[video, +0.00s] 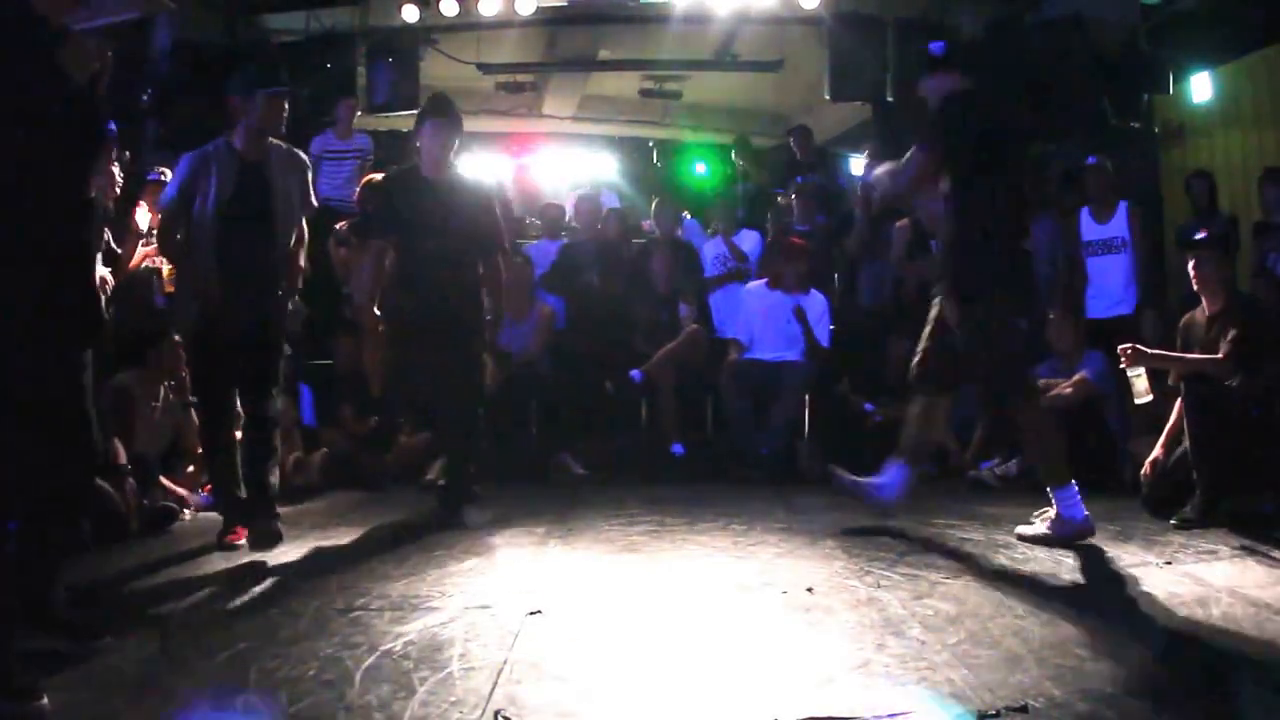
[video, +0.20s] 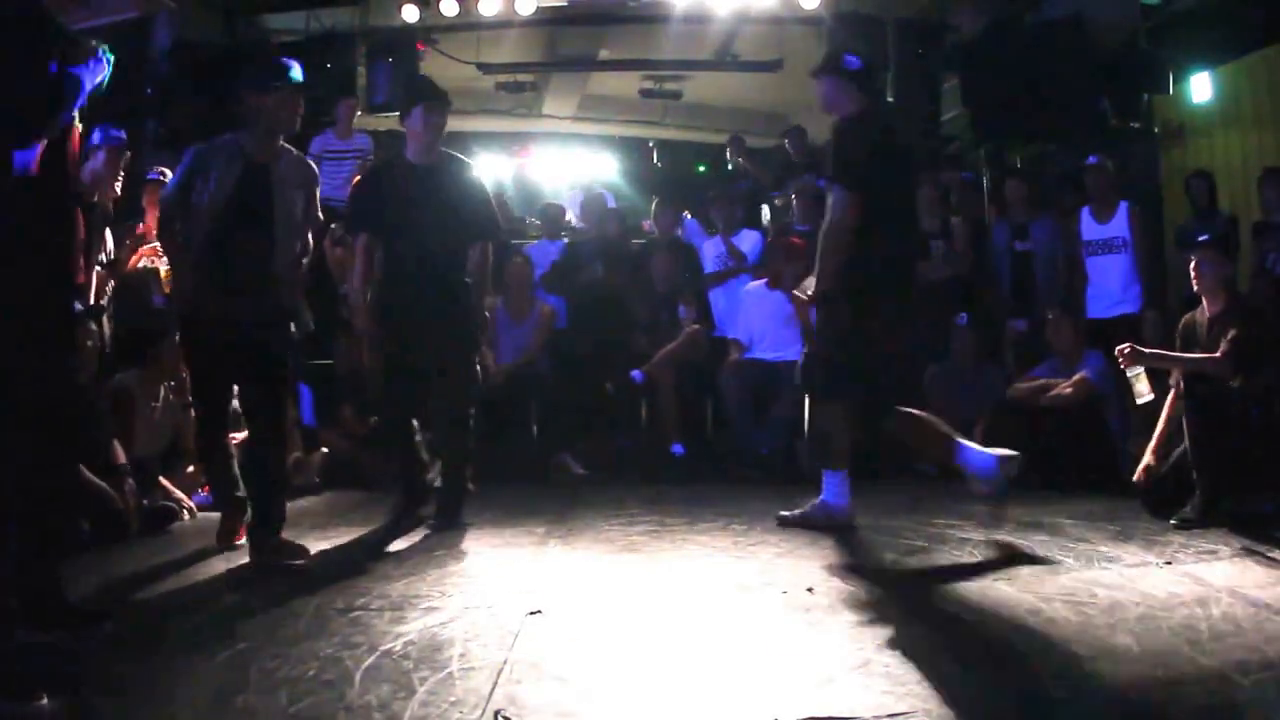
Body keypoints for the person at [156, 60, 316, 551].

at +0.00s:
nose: (282, 113)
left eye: (284, 104)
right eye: (272, 104)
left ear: (280, 109)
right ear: (241, 106)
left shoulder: (294, 164)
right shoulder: (200, 163)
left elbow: (302, 229)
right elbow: (168, 224)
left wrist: (293, 284)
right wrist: (186, 268)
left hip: (268, 307)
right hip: (211, 306)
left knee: (262, 411)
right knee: (216, 415)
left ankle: (264, 511)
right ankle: (232, 515)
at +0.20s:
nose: (297, 109)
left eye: (298, 100)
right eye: (287, 99)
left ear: (293, 107)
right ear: (253, 101)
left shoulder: (301, 170)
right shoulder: (206, 158)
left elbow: (310, 237)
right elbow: (170, 220)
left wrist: (292, 287)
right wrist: (186, 274)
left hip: (269, 314)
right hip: (208, 312)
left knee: (270, 426)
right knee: (210, 424)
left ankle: (268, 534)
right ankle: (230, 503)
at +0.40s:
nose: (302, 106)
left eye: (304, 97)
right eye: (293, 95)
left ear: (302, 109)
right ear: (261, 96)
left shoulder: (304, 171)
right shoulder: (214, 151)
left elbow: (307, 249)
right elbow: (162, 195)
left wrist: (310, 319)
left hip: (275, 315)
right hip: (208, 311)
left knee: (279, 428)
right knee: (209, 421)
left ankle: (270, 536)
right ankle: (222, 515)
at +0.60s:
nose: (284, 94)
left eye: (291, 84)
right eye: (276, 82)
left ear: (297, 92)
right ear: (253, 83)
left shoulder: (296, 158)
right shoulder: (217, 134)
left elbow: (295, 236)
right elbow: (155, 189)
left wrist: (297, 302)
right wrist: (188, 248)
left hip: (267, 314)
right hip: (209, 309)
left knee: (265, 433)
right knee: (205, 432)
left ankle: (269, 542)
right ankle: (191, 549)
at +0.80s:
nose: (262, 90)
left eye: (269, 82)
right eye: (255, 79)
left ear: (277, 88)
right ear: (233, 80)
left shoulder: (263, 149)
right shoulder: (199, 131)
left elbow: (261, 233)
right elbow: (154, 191)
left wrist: (280, 297)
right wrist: (196, 261)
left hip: (253, 314)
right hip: (198, 313)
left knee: (265, 430)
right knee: (193, 435)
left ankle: (270, 547)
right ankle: (180, 561)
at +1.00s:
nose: (259, 71)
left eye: (260, 60)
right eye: (249, 59)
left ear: (249, 69)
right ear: (217, 61)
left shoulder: (239, 137)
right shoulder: (185, 124)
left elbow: (232, 222)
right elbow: (148, 201)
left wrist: (256, 260)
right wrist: (196, 259)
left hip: (221, 303)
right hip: (175, 306)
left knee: (243, 423)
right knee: (182, 426)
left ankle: (216, 536)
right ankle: (180, 553)